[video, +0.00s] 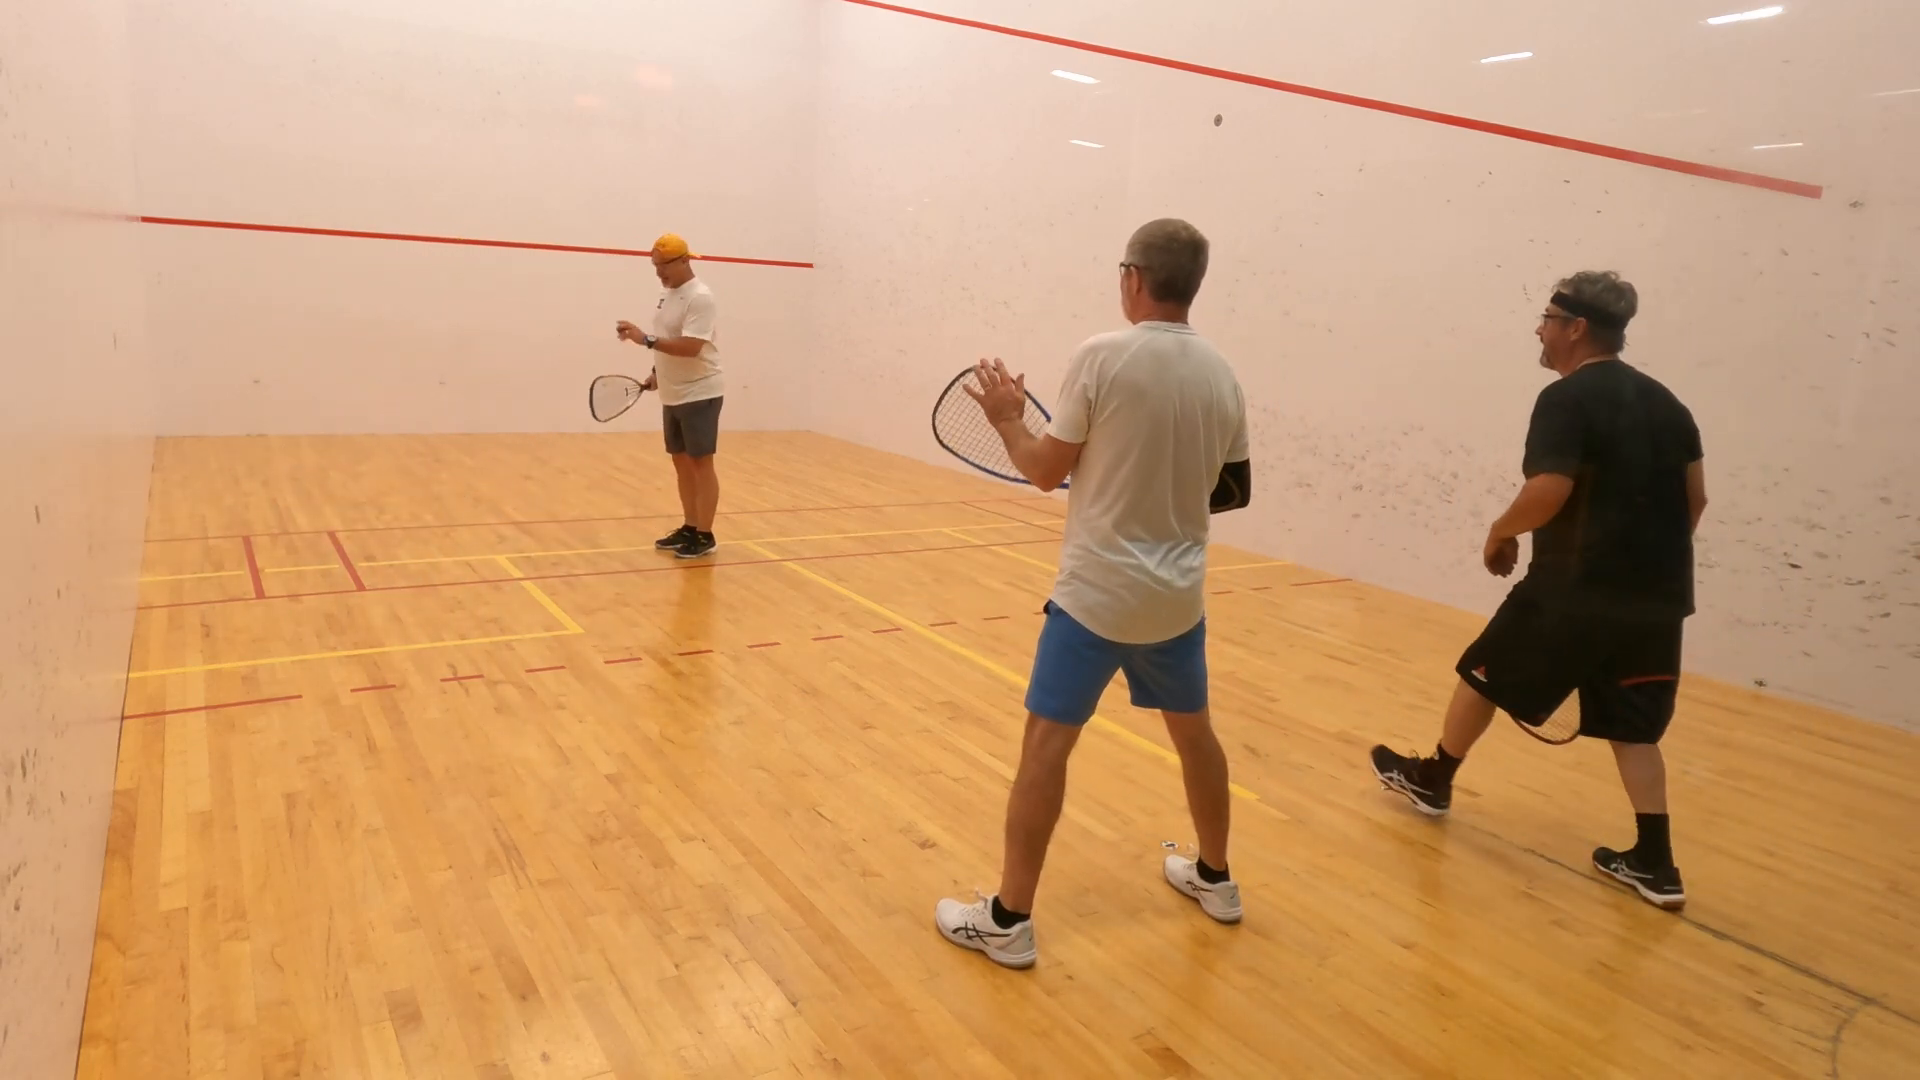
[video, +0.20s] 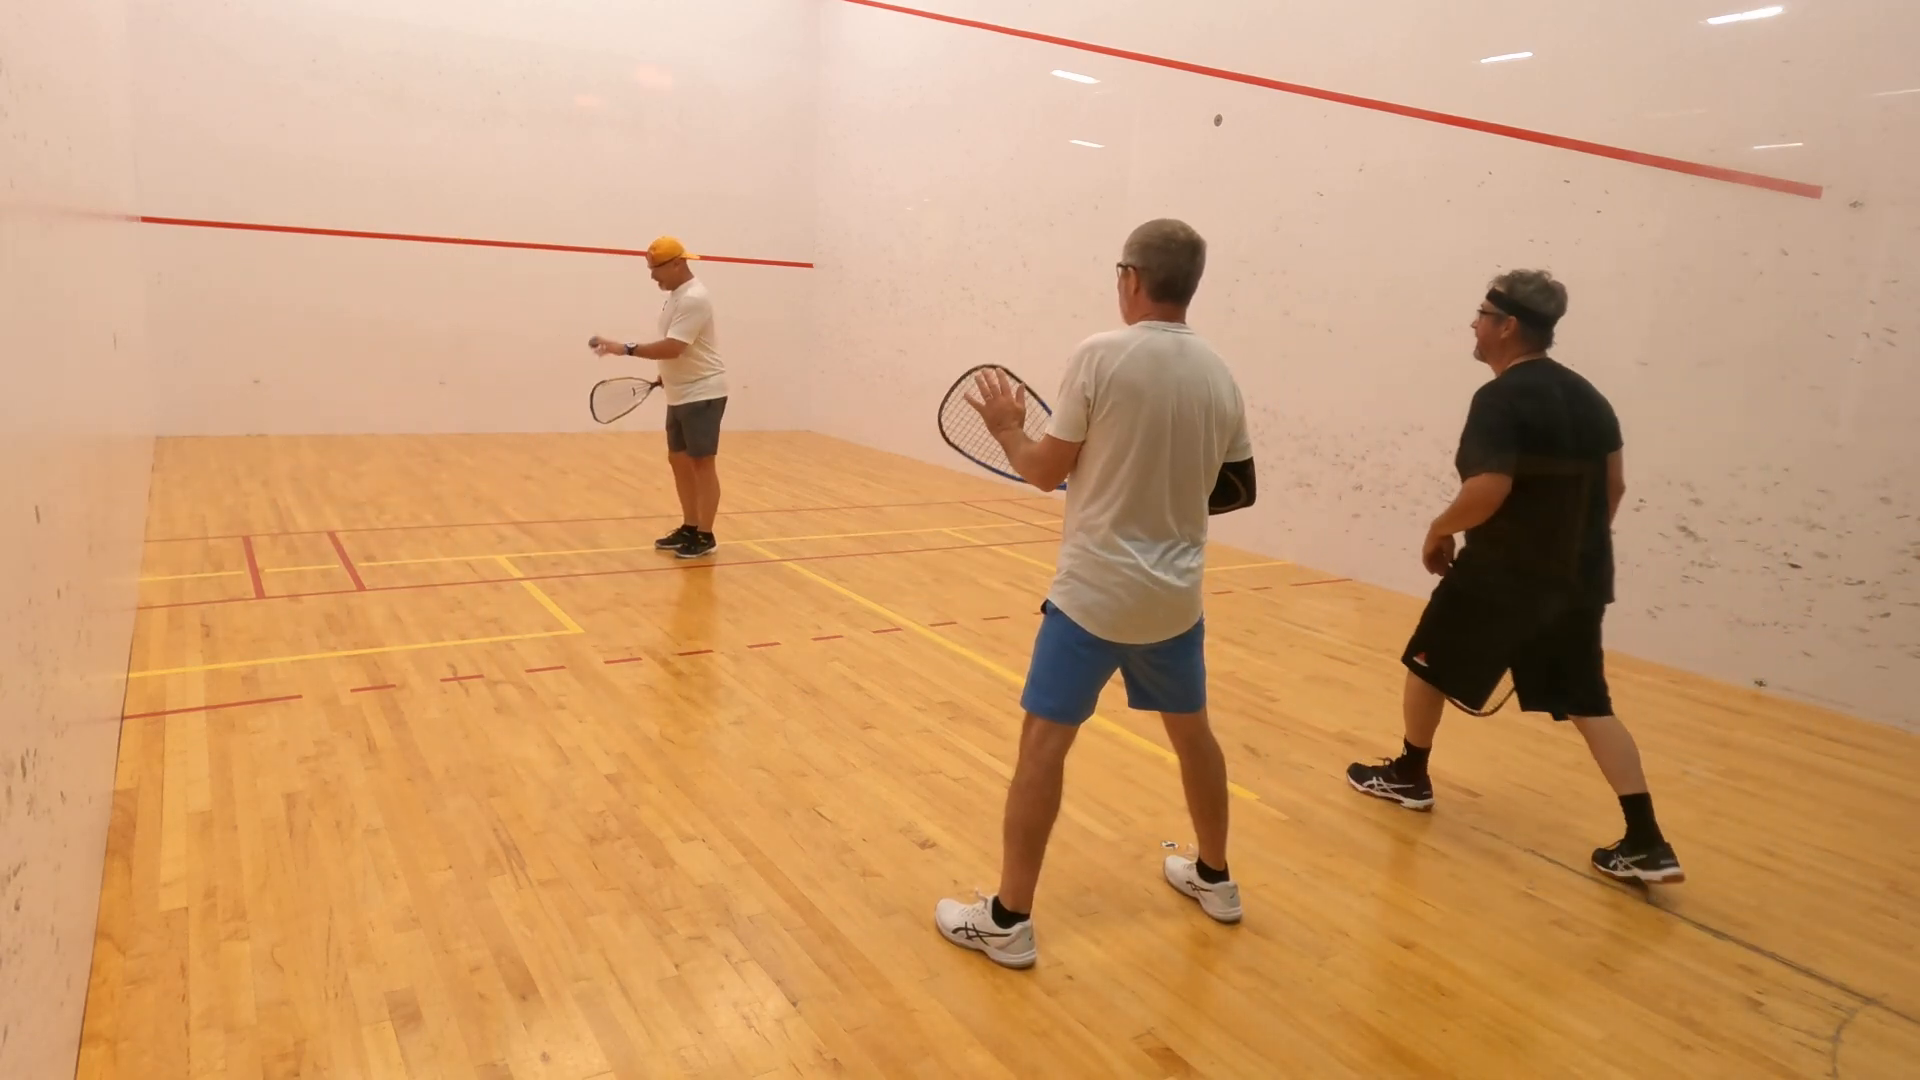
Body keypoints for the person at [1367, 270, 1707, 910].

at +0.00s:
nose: (1539, 330)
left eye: (1549, 320)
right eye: (1544, 318)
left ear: (1579, 331)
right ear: (1608, 334)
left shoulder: (1565, 398)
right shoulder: (1666, 404)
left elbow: (1549, 487)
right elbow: (1693, 499)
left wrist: (1503, 531)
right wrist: (1655, 562)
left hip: (1568, 595)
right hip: (1652, 604)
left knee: (1485, 669)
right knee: (1632, 722)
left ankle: (1435, 775)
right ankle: (1655, 861)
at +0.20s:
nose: (1474, 323)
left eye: (1484, 315)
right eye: (1480, 312)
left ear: (1510, 328)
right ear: (1536, 331)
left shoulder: (1498, 398)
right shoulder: (1587, 397)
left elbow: (1488, 488)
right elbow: (1613, 486)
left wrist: (1440, 529)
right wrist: (1574, 543)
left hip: (1502, 576)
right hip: (1576, 584)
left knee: (1429, 656)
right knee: (1588, 701)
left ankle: (1410, 771)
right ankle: (1645, 838)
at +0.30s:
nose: (1441, 315)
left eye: (1450, 307)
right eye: (1446, 305)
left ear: (1475, 321)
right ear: (1499, 324)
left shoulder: (1464, 390)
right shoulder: (1551, 388)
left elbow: (1452, 478)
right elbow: (1573, 474)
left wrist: (1405, 515)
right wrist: (1547, 534)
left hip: (1462, 566)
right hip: (1534, 570)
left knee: (1410, 661)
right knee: (1523, 676)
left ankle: (1407, 773)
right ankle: (1604, 792)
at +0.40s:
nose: (1414, 311)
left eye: (1423, 303)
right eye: (1418, 300)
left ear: (1448, 314)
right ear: (1473, 317)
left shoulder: (1436, 382)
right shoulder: (1521, 383)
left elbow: (1417, 468)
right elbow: (1539, 470)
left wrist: (1370, 499)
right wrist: (1506, 523)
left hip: (1433, 556)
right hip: (1498, 559)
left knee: (1393, 657)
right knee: (1460, 652)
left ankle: (1406, 772)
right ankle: (1530, 753)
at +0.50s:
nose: (1390, 305)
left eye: (1398, 298)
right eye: (1394, 296)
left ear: (1420, 309)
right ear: (1446, 312)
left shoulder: (1409, 377)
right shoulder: (1492, 378)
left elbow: (1386, 464)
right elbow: (1510, 463)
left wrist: (1338, 486)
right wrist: (1484, 526)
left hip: (1406, 549)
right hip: (1465, 547)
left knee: (1382, 659)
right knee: (1410, 633)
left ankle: (1405, 772)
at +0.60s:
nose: (1365, 305)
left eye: (1373, 297)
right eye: (1369, 295)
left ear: (1397, 307)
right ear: (1419, 311)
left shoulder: (1384, 375)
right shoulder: (1463, 376)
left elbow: (1359, 459)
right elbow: (1483, 457)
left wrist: (1309, 477)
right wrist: (1463, 522)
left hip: (1384, 545)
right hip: (1436, 542)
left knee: (1369, 653)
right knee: (1361, 623)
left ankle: (1406, 772)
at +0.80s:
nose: (1318, 308)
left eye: (1326, 300)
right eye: (1323, 298)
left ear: (1347, 311)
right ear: (1370, 315)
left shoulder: (1333, 381)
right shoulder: (1405, 381)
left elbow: (1315, 459)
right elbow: (1420, 455)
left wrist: (1257, 466)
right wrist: (1411, 520)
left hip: (1319, 537)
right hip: (1368, 537)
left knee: (1334, 645)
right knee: (1289, 607)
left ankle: (1399, 757)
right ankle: (1247, 692)